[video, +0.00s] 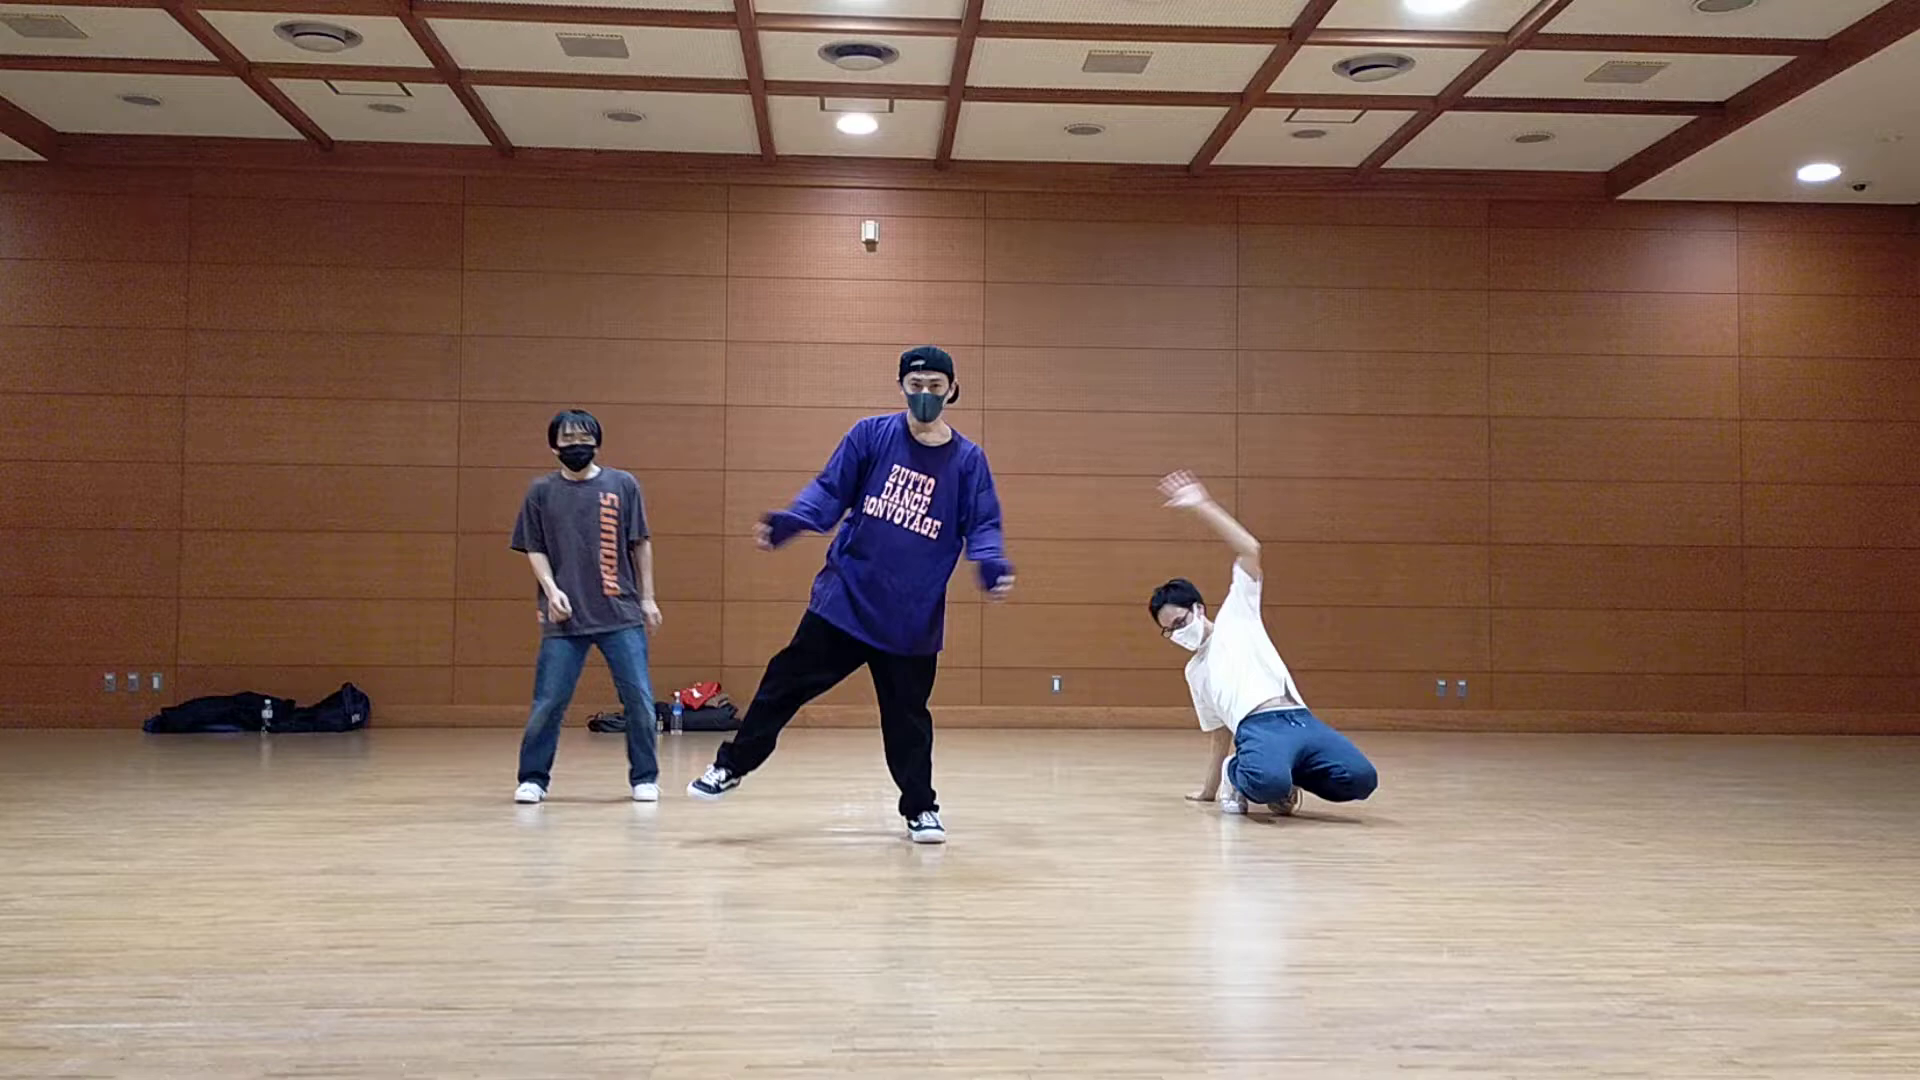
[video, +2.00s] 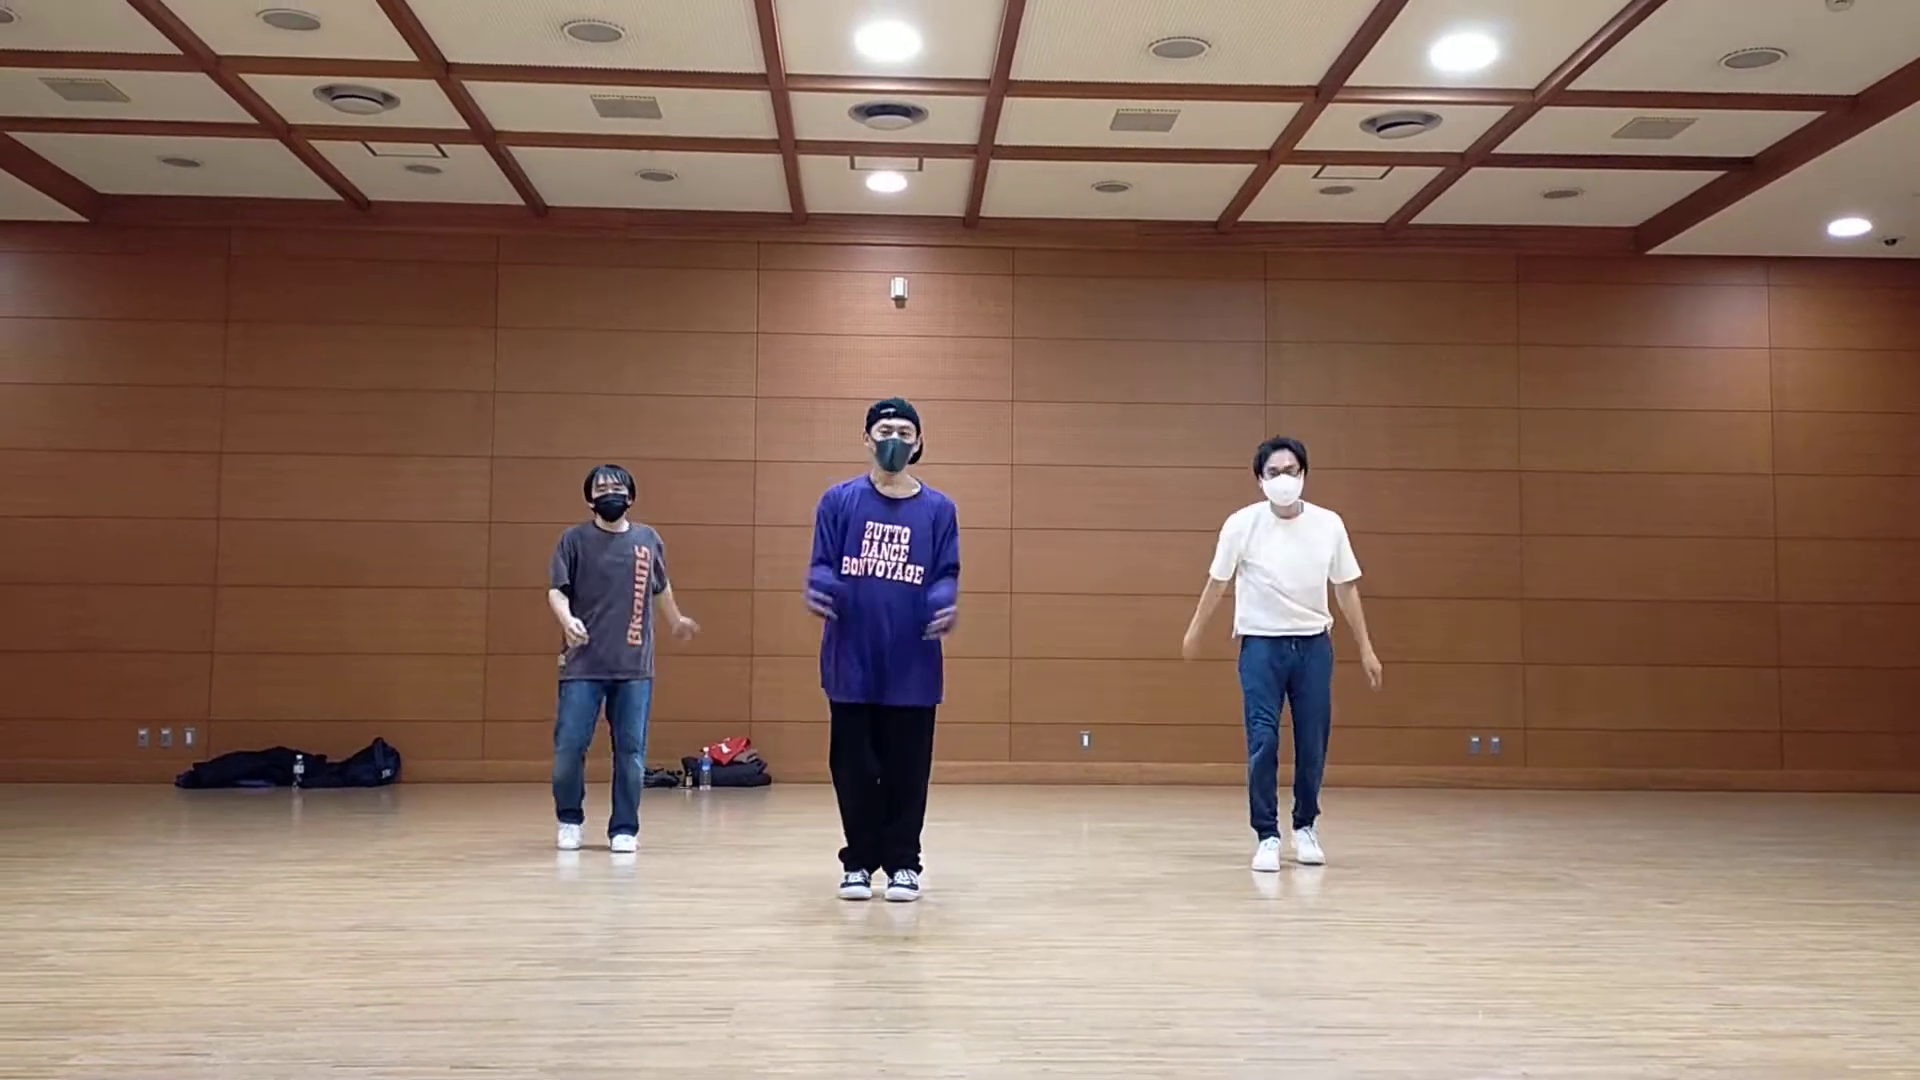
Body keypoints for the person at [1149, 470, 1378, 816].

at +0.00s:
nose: (1177, 634)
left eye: (1180, 622)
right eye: (1169, 631)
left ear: (1199, 609)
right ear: (1165, 635)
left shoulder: (1238, 611)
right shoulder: (1196, 673)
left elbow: (1250, 549)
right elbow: (1220, 736)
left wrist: (1201, 504)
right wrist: (1208, 791)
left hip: (1301, 719)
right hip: (1258, 730)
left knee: (1362, 781)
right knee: (1273, 786)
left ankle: (1290, 783)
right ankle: (1236, 781)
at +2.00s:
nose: (1284, 480)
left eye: (1291, 472)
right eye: (1274, 473)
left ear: (1304, 476)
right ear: (1261, 479)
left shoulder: (1329, 525)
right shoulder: (1242, 524)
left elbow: (1346, 589)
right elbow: (1217, 583)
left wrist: (1366, 649)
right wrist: (1193, 633)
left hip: (1314, 647)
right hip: (1261, 646)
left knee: (1312, 744)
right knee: (1264, 741)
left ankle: (1305, 829)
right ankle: (1267, 837)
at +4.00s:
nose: (1335, 528)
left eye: (1343, 519)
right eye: (1325, 520)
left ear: (1355, 525)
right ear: (1309, 529)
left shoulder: (1376, 574)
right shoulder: (1286, 580)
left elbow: (1390, 629)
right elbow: (1250, 627)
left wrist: (1403, 679)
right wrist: (1278, 678)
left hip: (1368, 706)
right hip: (1307, 708)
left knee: (1423, 774)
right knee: (1281, 773)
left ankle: (1458, 858)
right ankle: (1234, 855)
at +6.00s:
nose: (1392, 519)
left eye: (1400, 509)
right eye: (1382, 514)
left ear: (1421, 509)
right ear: (1376, 524)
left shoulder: (1454, 548)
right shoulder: (1419, 569)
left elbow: (1524, 574)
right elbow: (1471, 607)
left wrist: (1513, 642)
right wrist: (1478, 660)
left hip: (1511, 682)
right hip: (1472, 684)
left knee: (1523, 789)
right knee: (1415, 744)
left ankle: (1618, 849)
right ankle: (1403, 852)